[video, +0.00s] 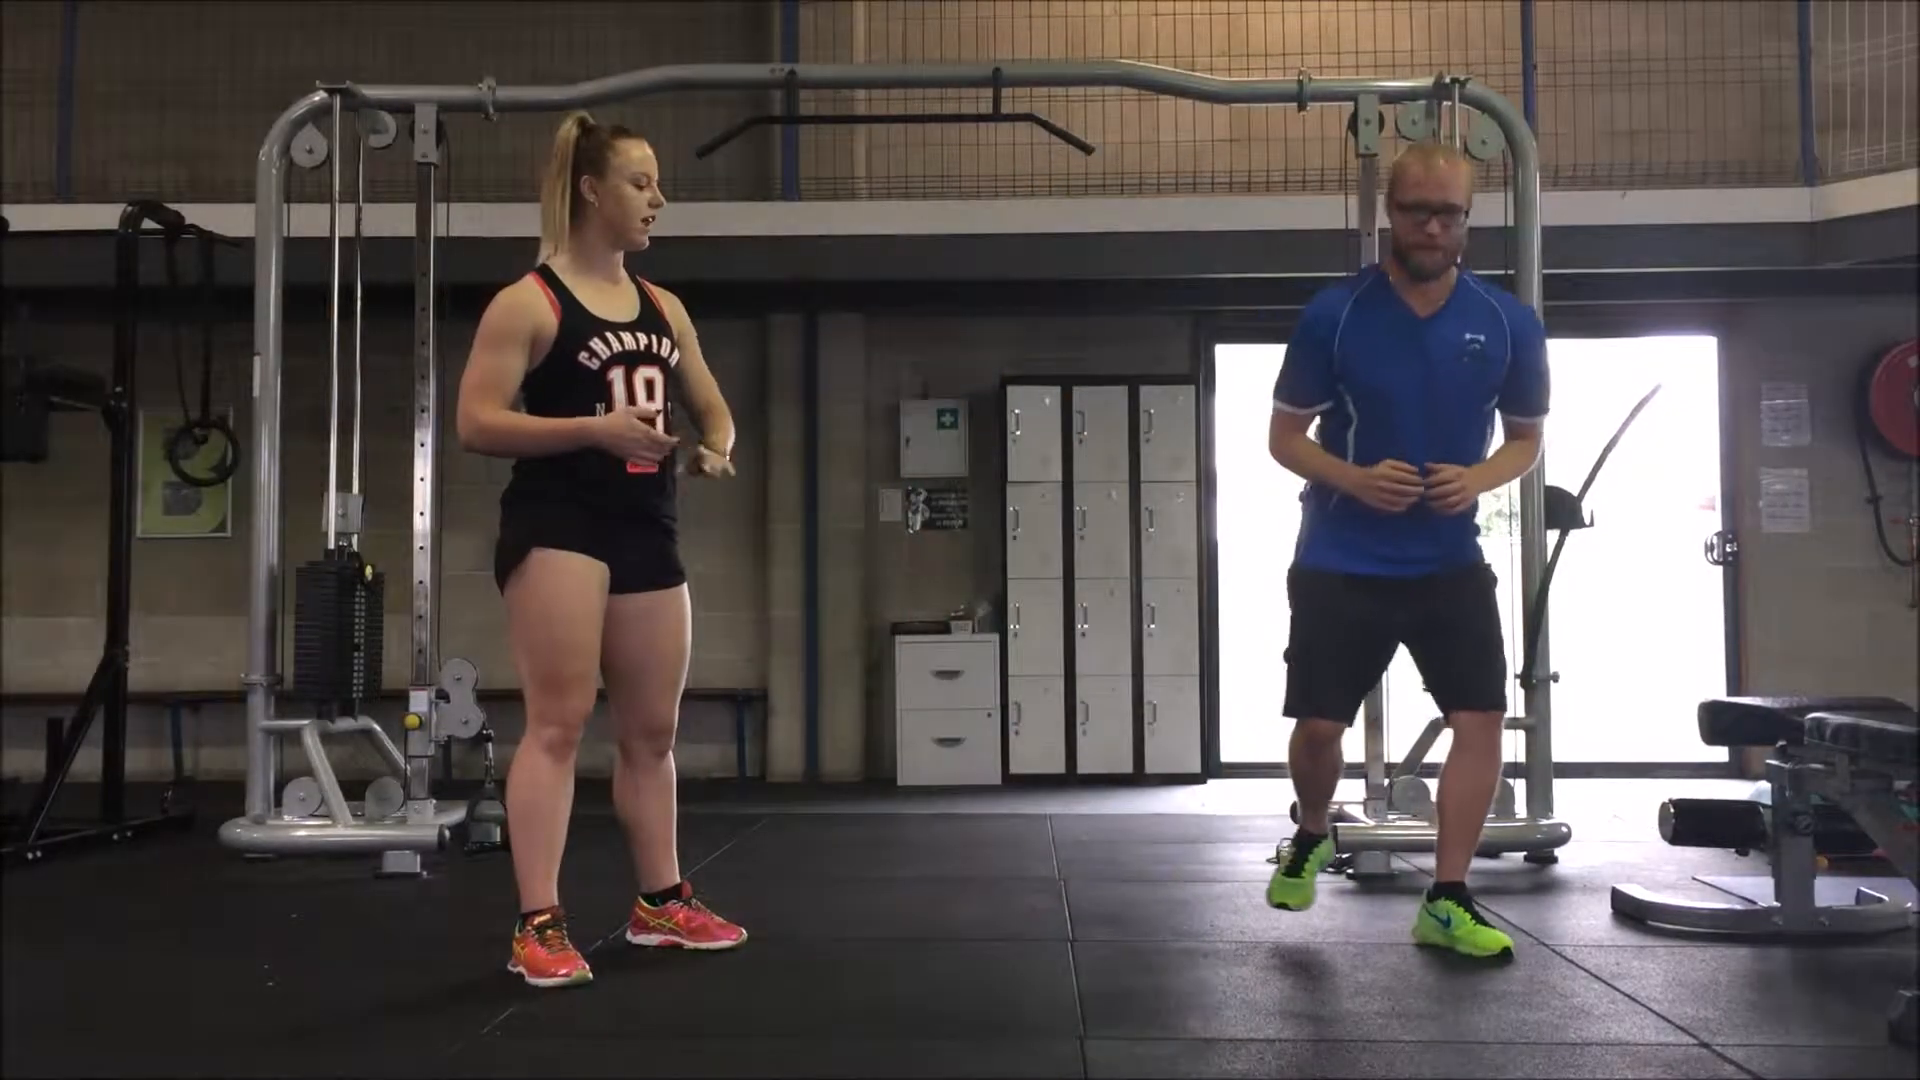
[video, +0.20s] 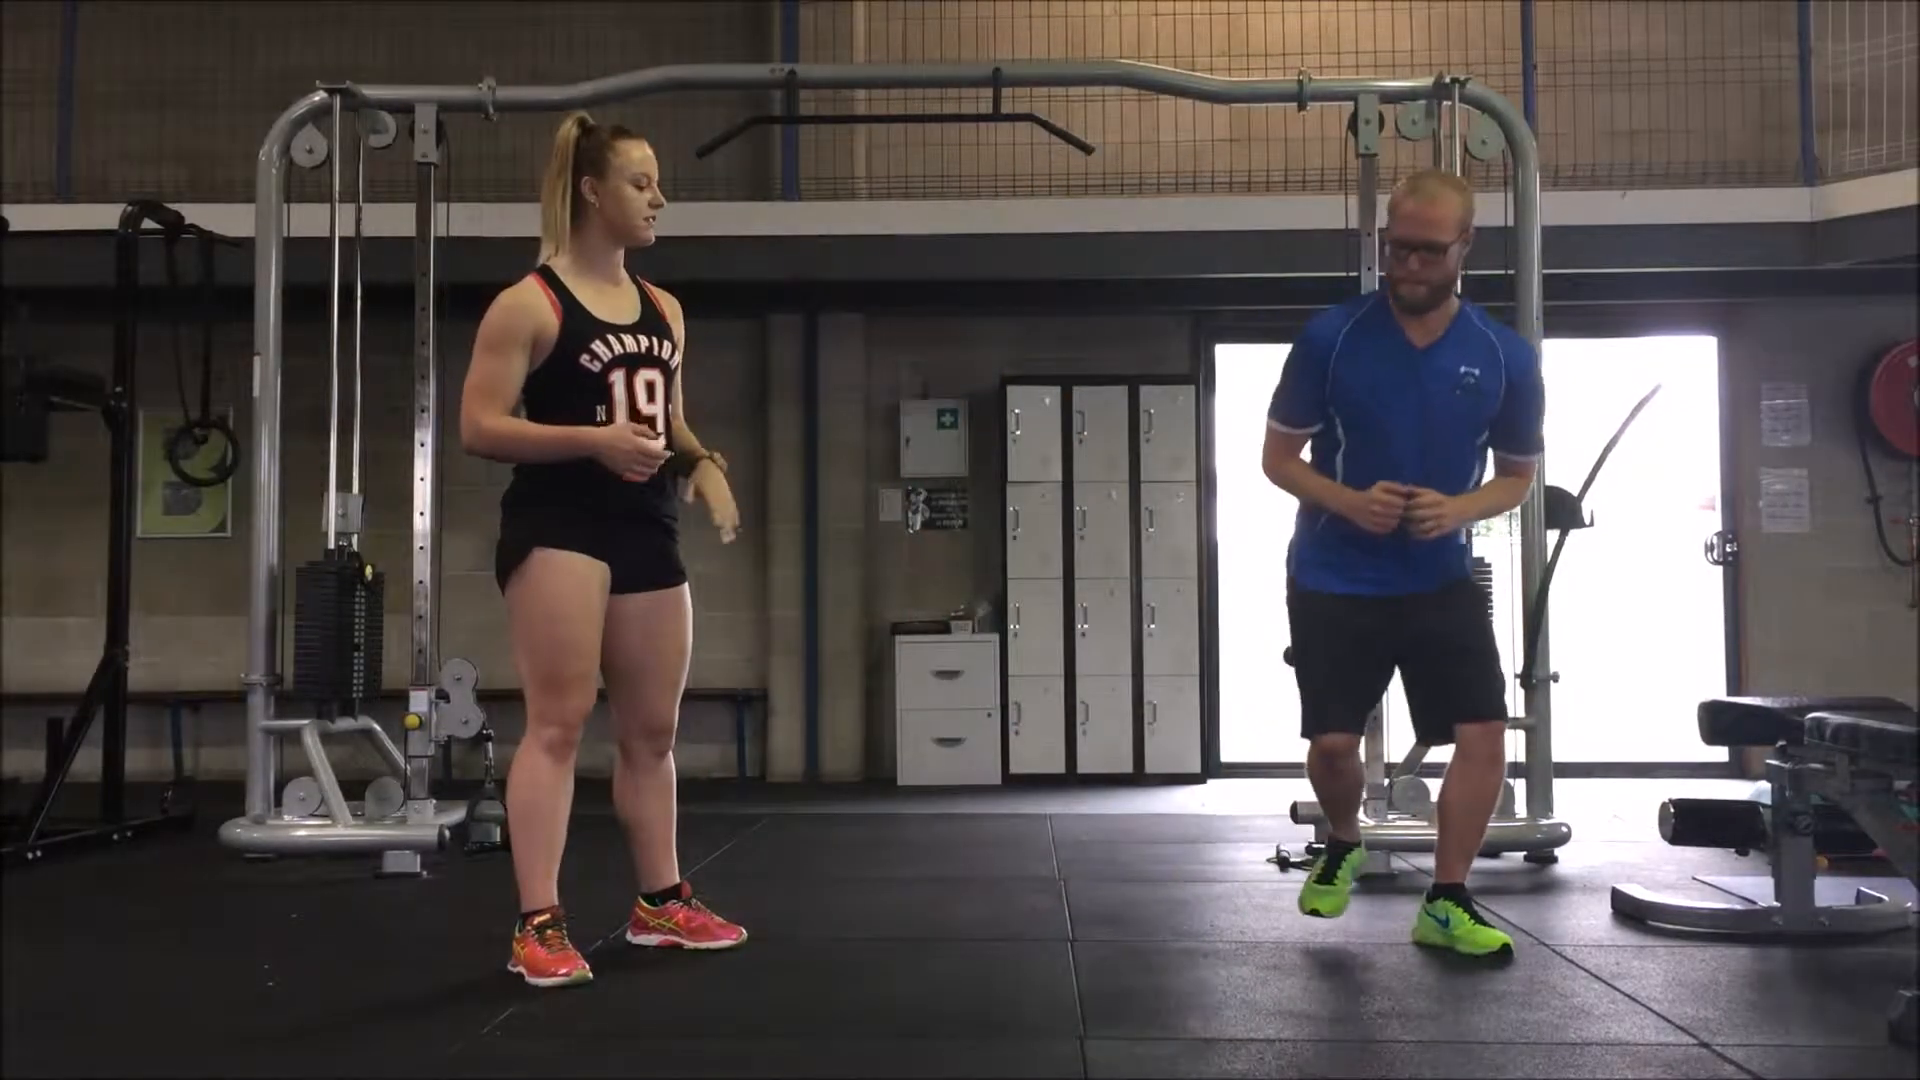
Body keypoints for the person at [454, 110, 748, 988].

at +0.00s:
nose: (655, 200)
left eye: (656, 186)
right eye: (640, 184)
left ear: (622, 199)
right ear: (587, 191)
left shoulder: (662, 306)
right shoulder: (526, 303)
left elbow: (712, 411)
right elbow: (477, 423)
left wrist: (714, 449)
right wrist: (593, 428)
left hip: (648, 536)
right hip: (559, 532)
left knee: (650, 735)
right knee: (555, 726)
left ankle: (662, 903)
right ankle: (539, 925)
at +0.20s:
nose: (657, 199)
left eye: (658, 186)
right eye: (641, 184)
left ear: (626, 199)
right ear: (589, 191)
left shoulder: (662, 309)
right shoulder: (527, 305)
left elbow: (664, 421)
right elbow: (480, 426)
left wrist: (701, 461)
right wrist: (594, 439)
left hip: (648, 536)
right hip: (560, 533)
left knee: (650, 734)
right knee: (555, 727)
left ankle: (662, 902)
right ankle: (539, 924)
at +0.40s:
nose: (654, 200)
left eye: (655, 186)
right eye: (639, 185)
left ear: (621, 199)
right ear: (588, 192)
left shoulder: (659, 311)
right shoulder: (525, 306)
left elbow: (677, 428)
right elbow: (480, 428)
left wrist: (690, 460)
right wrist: (597, 454)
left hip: (644, 534)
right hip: (557, 533)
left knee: (650, 735)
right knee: (554, 727)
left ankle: (662, 902)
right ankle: (538, 925)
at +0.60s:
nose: (640, 192)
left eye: (645, 181)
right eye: (620, 179)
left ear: (646, 198)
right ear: (571, 192)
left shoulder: (659, 312)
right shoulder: (523, 306)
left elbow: (685, 421)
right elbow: (479, 427)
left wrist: (686, 439)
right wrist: (596, 449)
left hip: (641, 535)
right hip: (553, 532)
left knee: (649, 734)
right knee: (552, 726)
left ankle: (662, 903)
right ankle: (538, 926)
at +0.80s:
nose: (613, 189)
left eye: (625, 178)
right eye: (594, 175)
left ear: (639, 199)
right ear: (557, 193)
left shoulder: (660, 311)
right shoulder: (517, 304)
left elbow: (687, 422)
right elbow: (471, 423)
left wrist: (688, 421)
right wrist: (585, 428)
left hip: (637, 533)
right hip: (547, 527)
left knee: (653, 732)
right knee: (549, 722)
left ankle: (662, 902)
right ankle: (538, 924)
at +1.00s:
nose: (601, 188)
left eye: (615, 176)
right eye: (583, 173)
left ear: (630, 196)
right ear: (550, 190)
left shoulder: (658, 310)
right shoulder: (504, 302)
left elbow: (689, 437)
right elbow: (460, 422)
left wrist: (668, 418)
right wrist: (563, 415)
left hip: (630, 530)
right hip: (536, 524)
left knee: (659, 730)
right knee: (545, 719)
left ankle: (665, 901)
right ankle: (537, 924)